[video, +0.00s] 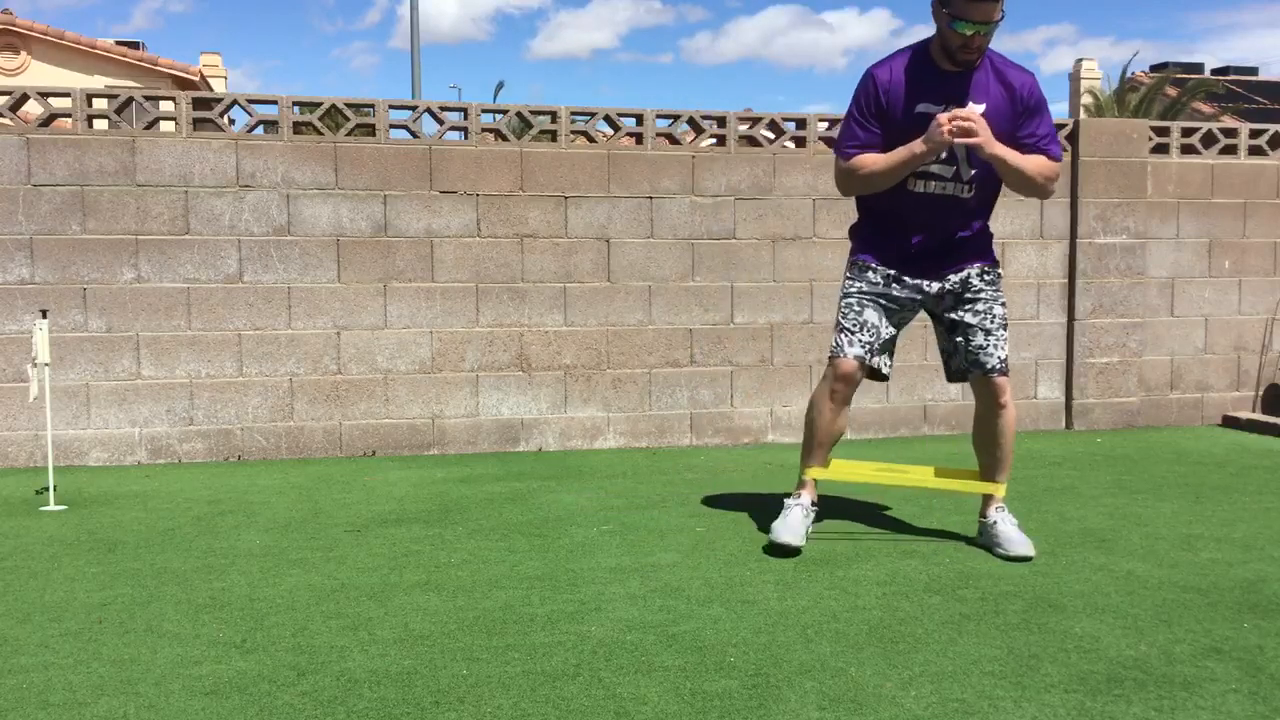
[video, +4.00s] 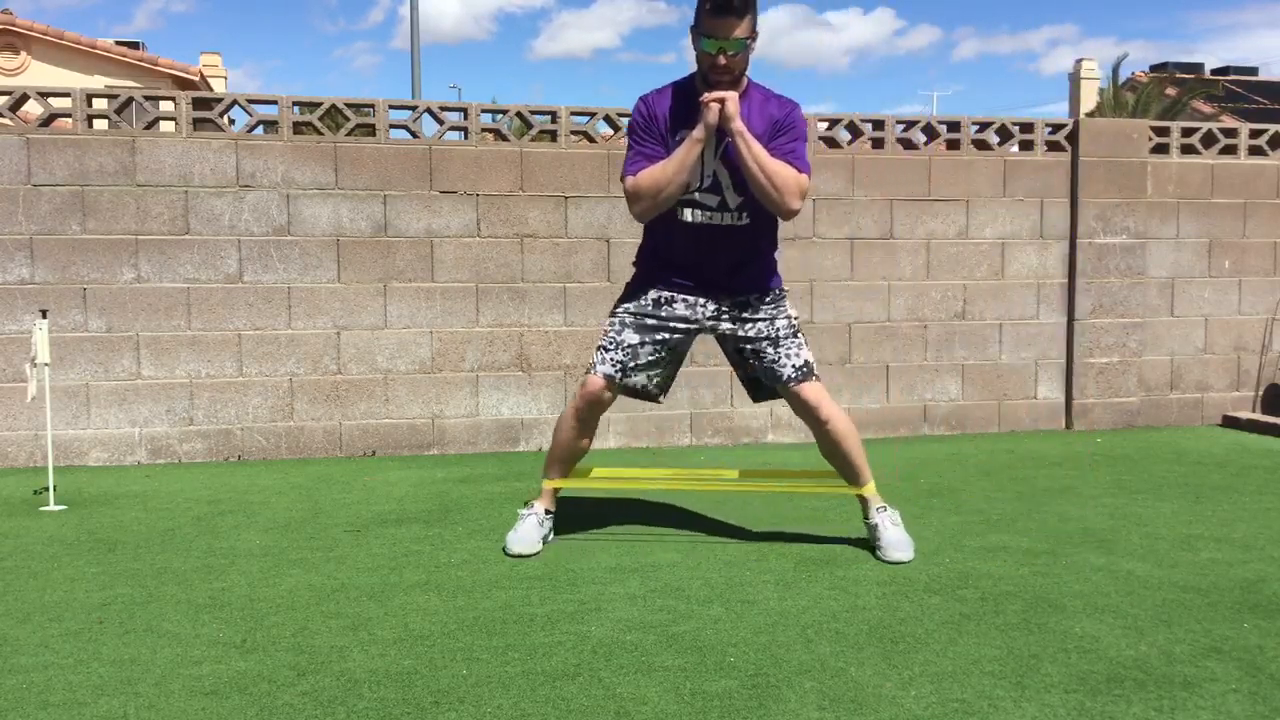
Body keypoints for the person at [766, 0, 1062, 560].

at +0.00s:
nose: (973, 37)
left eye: (987, 26)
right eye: (961, 23)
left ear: (1000, 19)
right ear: (936, 10)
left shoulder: (1016, 85)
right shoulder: (887, 80)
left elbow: (1045, 181)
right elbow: (848, 178)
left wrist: (990, 147)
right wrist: (924, 146)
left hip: (966, 259)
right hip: (883, 256)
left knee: (995, 380)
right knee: (844, 370)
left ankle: (995, 511)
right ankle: (803, 496)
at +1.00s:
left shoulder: (1086, 43)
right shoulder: (947, 40)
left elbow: (1131, 131)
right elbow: (906, 136)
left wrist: (1078, 129)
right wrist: (957, 118)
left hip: (1046, 242)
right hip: (962, 240)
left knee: (1052, 378)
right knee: (952, 374)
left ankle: (1061, 509)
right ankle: (940, 501)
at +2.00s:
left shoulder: (1065, 51)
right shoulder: (933, 51)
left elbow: (1095, 143)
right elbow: (896, 143)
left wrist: (1039, 81)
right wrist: (971, 85)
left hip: (1037, 248)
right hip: (951, 248)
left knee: (1063, 382)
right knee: (936, 379)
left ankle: (1071, 512)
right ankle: (917, 509)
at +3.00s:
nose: (916, 47)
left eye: (929, 36)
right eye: (904, 33)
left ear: (943, 36)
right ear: (882, 30)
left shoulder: (967, 107)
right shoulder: (840, 107)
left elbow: (981, 200)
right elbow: (823, 203)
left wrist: (930, 129)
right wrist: (889, 132)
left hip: (935, 278)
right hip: (847, 276)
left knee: (999, 390)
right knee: (796, 387)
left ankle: (1057, 508)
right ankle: (753, 509)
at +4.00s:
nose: (723, 60)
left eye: (737, 48)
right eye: (712, 46)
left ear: (754, 42)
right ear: (693, 39)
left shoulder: (781, 114)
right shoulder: (657, 109)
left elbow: (789, 202)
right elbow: (641, 204)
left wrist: (736, 132)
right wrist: (703, 132)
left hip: (752, 290)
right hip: (664, 285)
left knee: (811, 398)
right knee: (593, 390)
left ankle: (876, 508)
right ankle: (542, 506)